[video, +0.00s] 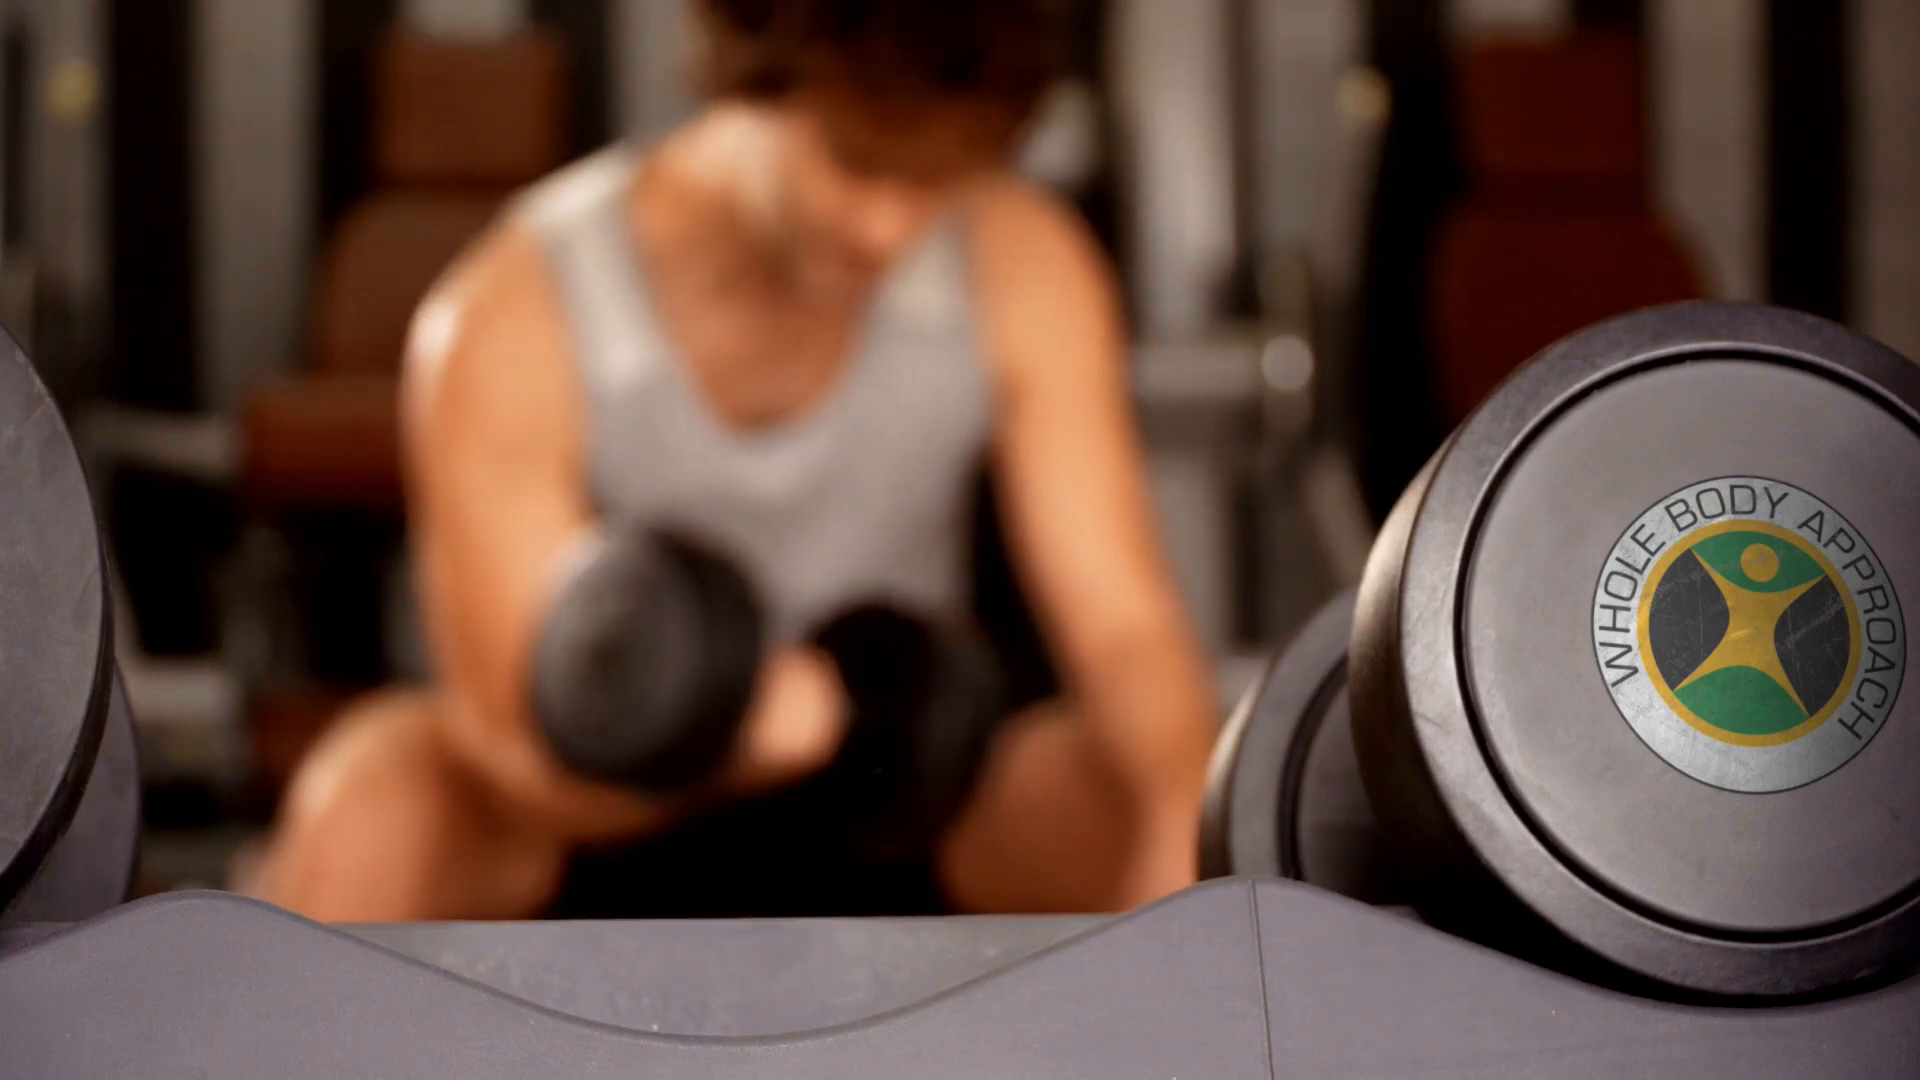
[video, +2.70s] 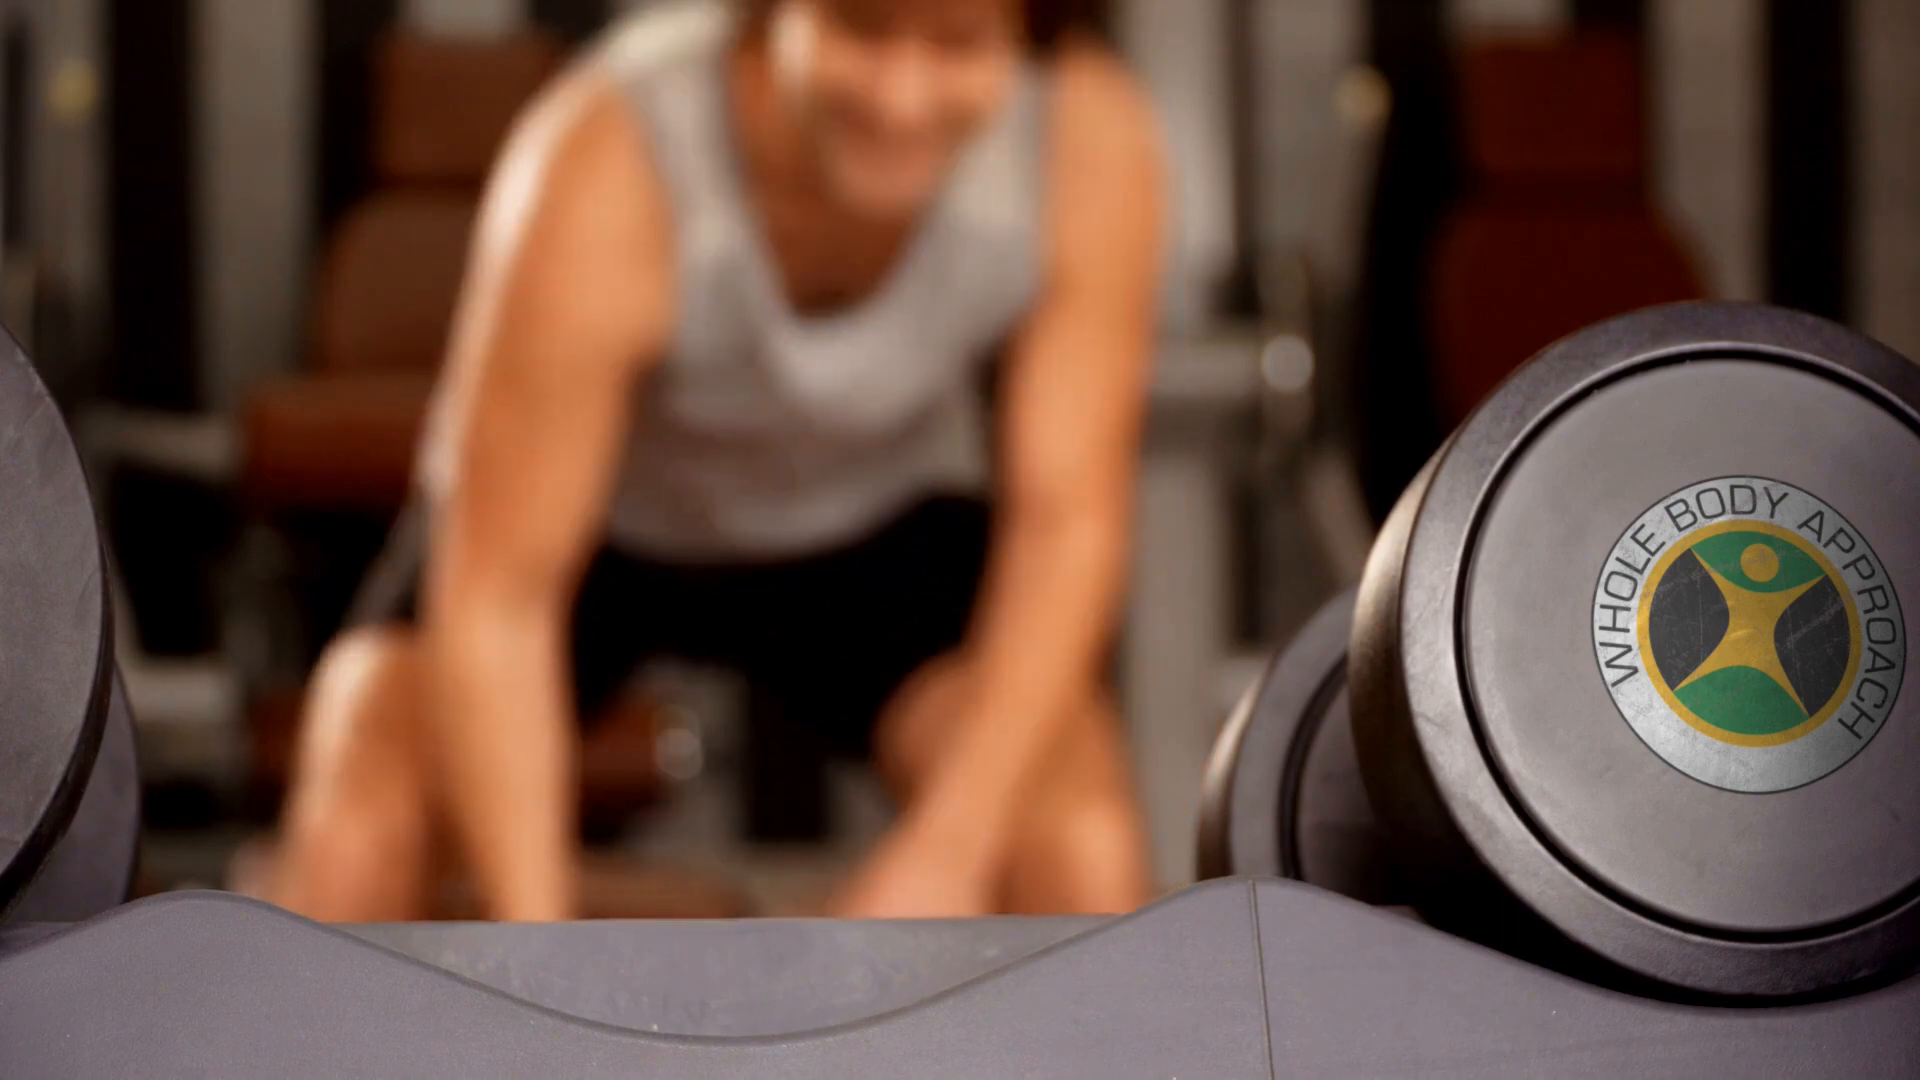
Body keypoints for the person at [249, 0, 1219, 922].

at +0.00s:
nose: (892, 228)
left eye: (938, 180)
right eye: (857, 166)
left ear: (993, 136)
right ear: (758, 76)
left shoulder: (1015, 255)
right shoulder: (511, 312)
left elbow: (1125, 631)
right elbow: (536, 762)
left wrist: (1189, 847)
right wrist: (829, 705)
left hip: (887, 796)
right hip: (599, 813)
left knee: (1180, 800)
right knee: (377, 793)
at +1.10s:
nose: (872, 205)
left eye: (920, 157)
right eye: (838, 145)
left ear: (977, 121)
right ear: (740, 67)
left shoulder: (1017, 249)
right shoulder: (513, 316)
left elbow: (1123, 632)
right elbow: (528, 753)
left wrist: (1172, 864)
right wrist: (846, 749)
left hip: (888, 809)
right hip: (610, 818)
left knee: (1182, 790)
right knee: (371, 781)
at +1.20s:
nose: (874, 205)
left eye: (923, 159)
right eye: (842, 144)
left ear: (981, 128)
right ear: (748, 68)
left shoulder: (1029, 252)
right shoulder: (529, 325)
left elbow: (1123, 633)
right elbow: (516, 758)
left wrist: (1162, 863)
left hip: (909, 776)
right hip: (627, 784)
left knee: (1197, 787)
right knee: (358, 796)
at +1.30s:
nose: (875, 205)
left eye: (925, 161)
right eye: (842, 144)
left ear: (986, 132)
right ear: (753, 70)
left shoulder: (1035, 255)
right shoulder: (541, 325)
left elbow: (1122, 633)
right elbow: (517, 762)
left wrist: (1159, 859)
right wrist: (644, 965)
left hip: (904, 775)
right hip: (619, 784)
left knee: (1188, 809)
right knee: (357, 797)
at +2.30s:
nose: (898, 329)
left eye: (950, 282)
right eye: (861, 264)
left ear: (1015, 266)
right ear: (771, 205)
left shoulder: (1045, 282)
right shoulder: (583, 396)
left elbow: (1101, 655)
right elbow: (506, 830)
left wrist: (1004, 822)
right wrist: (519, 1077)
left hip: (894, 782)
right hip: (615, 794)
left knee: (1138, 828)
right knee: (342, 804)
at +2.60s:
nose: (919, 255)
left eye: (972, 208)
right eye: (876, 189)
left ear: (1043, 192)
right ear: (785, 144)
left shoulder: (1093, 249)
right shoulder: (615, 300)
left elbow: (1098, 641)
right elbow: (506, 739)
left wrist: (900, 927)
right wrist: (537, 1035)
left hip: (878, 672)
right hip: (579, 673)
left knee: (1119, 847)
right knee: (346, 810)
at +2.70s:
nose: (904, 92)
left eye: (959, 44)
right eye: (862, 33)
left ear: (1024, 47)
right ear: (775, 20)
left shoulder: (1091, 137)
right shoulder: (602, 157)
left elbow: (1069, 525)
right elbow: (494, 590)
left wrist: (943, 861)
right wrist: (540, 951)